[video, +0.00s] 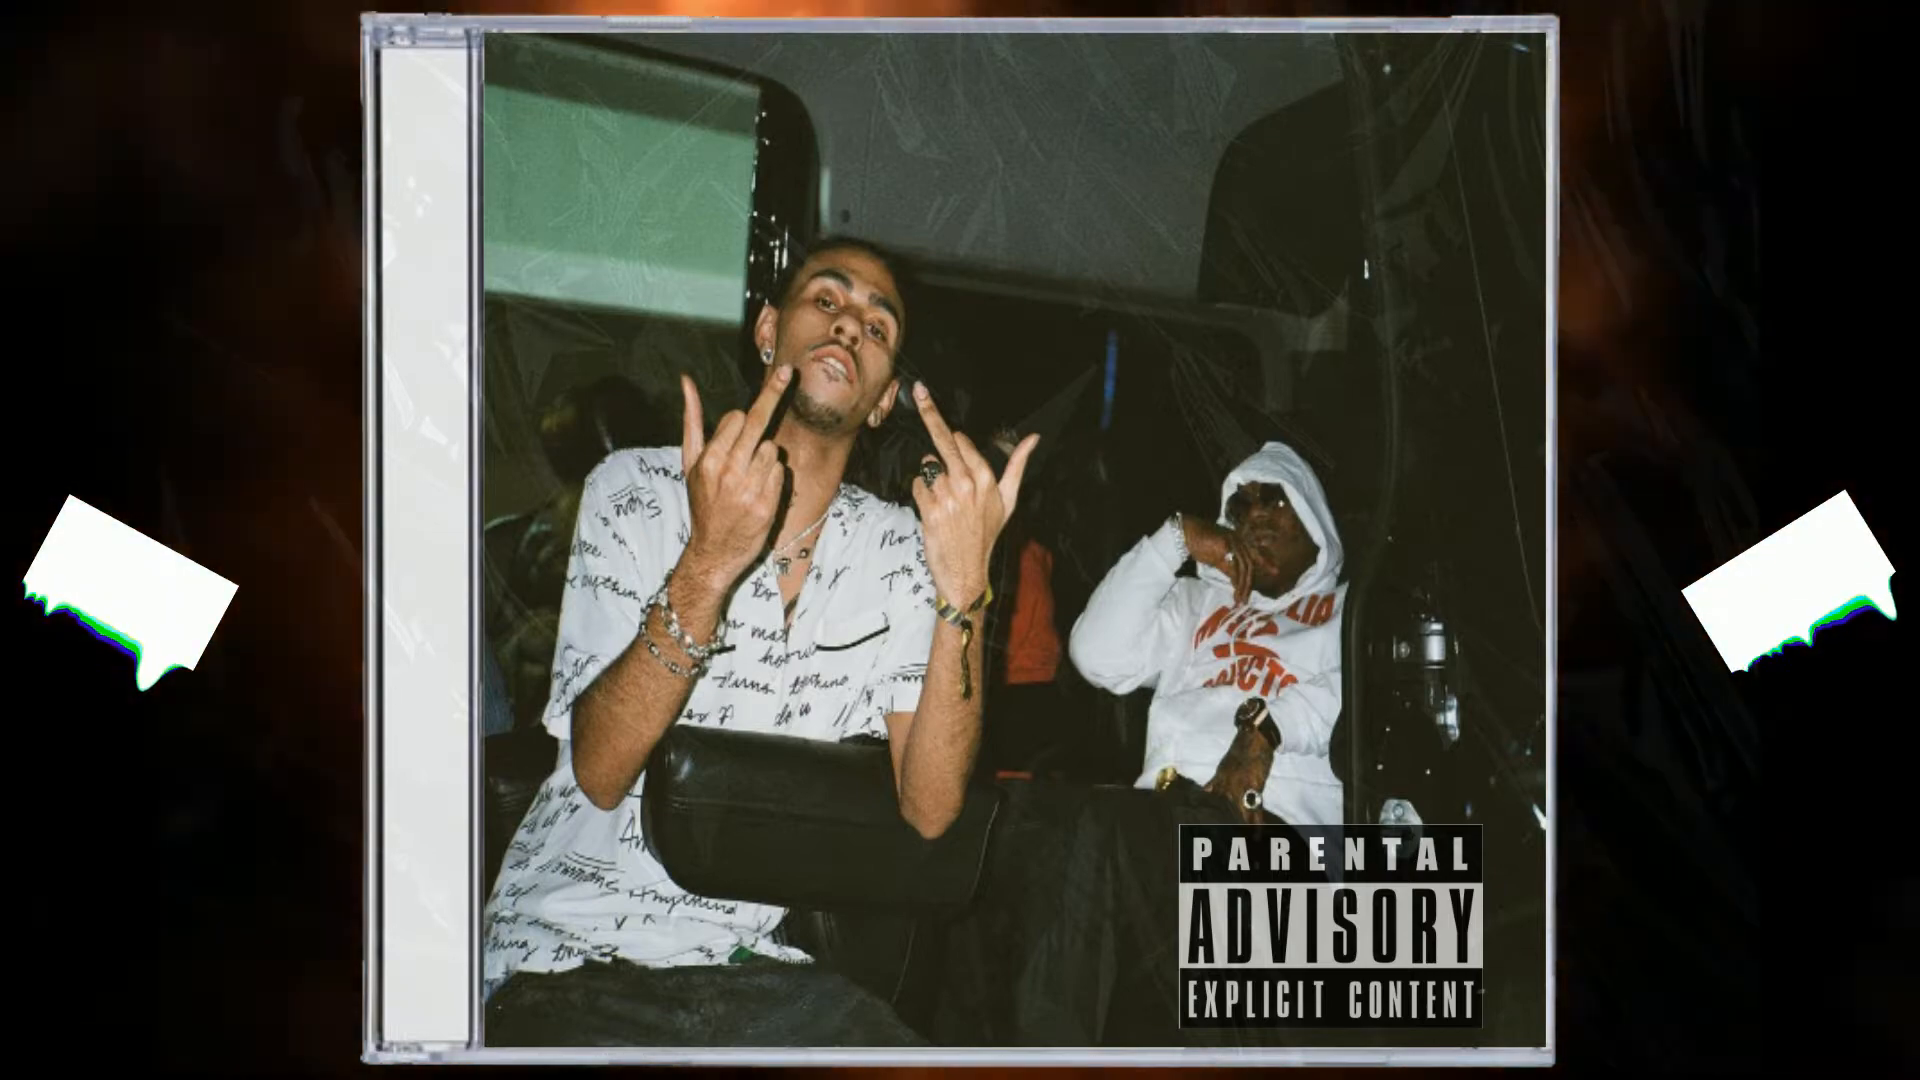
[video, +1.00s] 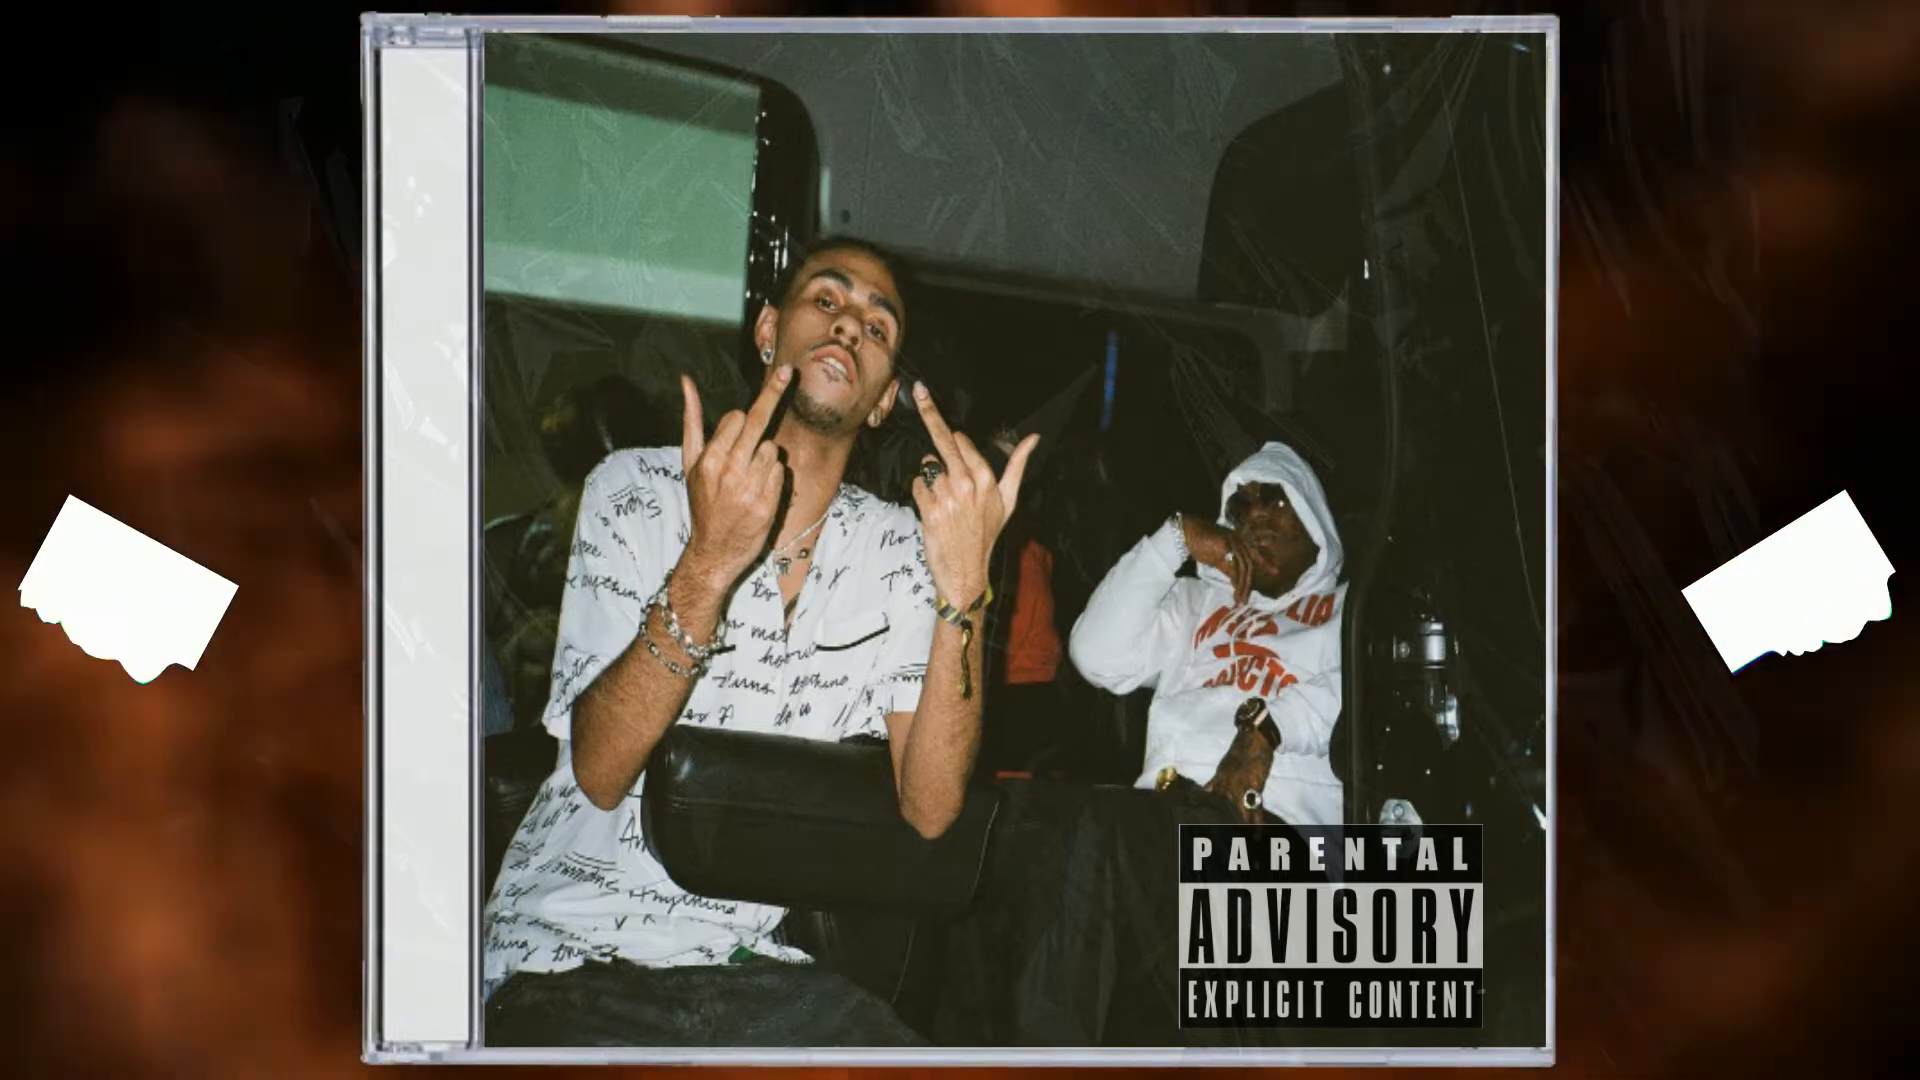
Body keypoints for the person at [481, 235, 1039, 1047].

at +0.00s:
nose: (852, 323)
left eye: (879, 323)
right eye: (826, 299)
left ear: (887, 396)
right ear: (766, 333)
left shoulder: (903, 551)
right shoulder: (638, 490)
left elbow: (931, 809)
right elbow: (601, 770)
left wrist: (966, 593)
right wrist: (710, 563)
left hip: (753, 957)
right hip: (570, 945)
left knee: (905, 1060)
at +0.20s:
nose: (852, 323)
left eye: (879, 323)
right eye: (826, 299)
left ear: (887, 395)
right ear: (767, 333)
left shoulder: (902, 550)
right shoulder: (638, 490)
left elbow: (931, 809)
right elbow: (601, 770)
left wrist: (965, 593)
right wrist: (709, 564)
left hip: (754, 957)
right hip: (570, 945)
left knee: (903, 1058)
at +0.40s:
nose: (852, 323)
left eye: (879, 323)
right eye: (826, 299)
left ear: (887, 396)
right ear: (767, 333)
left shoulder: (902, 551)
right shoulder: (638, 490)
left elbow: (931, 809)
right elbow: (601, 770)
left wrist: (965, 593)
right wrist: (709, 564)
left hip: (753, 957)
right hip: (569, 945)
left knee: (907, 1062)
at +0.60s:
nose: (852, 323)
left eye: (879, 323)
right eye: (826, 299)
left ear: (887, 396)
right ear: (767, 333)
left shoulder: (902, 550)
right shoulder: (638, 490)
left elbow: (931, 809)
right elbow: (601, 770)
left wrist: (966, 593)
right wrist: (709, 564)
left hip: (753, 957)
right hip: (569, 945)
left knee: (904, 1061)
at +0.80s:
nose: (852, 323)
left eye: (879, 323)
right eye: (826, 299)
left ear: (887, 396)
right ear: (767, 333)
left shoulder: (902, 550)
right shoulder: (638, 490)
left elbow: (931, 809)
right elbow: (601, 770)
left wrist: (966, 593)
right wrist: (709, 564)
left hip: (754, 957)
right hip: (570, 945)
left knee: (904, 1059)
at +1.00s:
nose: (852, 323)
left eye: (879, 323)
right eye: (826, 299)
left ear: (887, 396)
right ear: (767, 333)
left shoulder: (902, 550)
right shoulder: (638, 490)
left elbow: (931, 809)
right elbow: (601, 770)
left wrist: (966, 593)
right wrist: (709, 564)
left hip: (753, 957)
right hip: (569, 945)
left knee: (907, 1063)